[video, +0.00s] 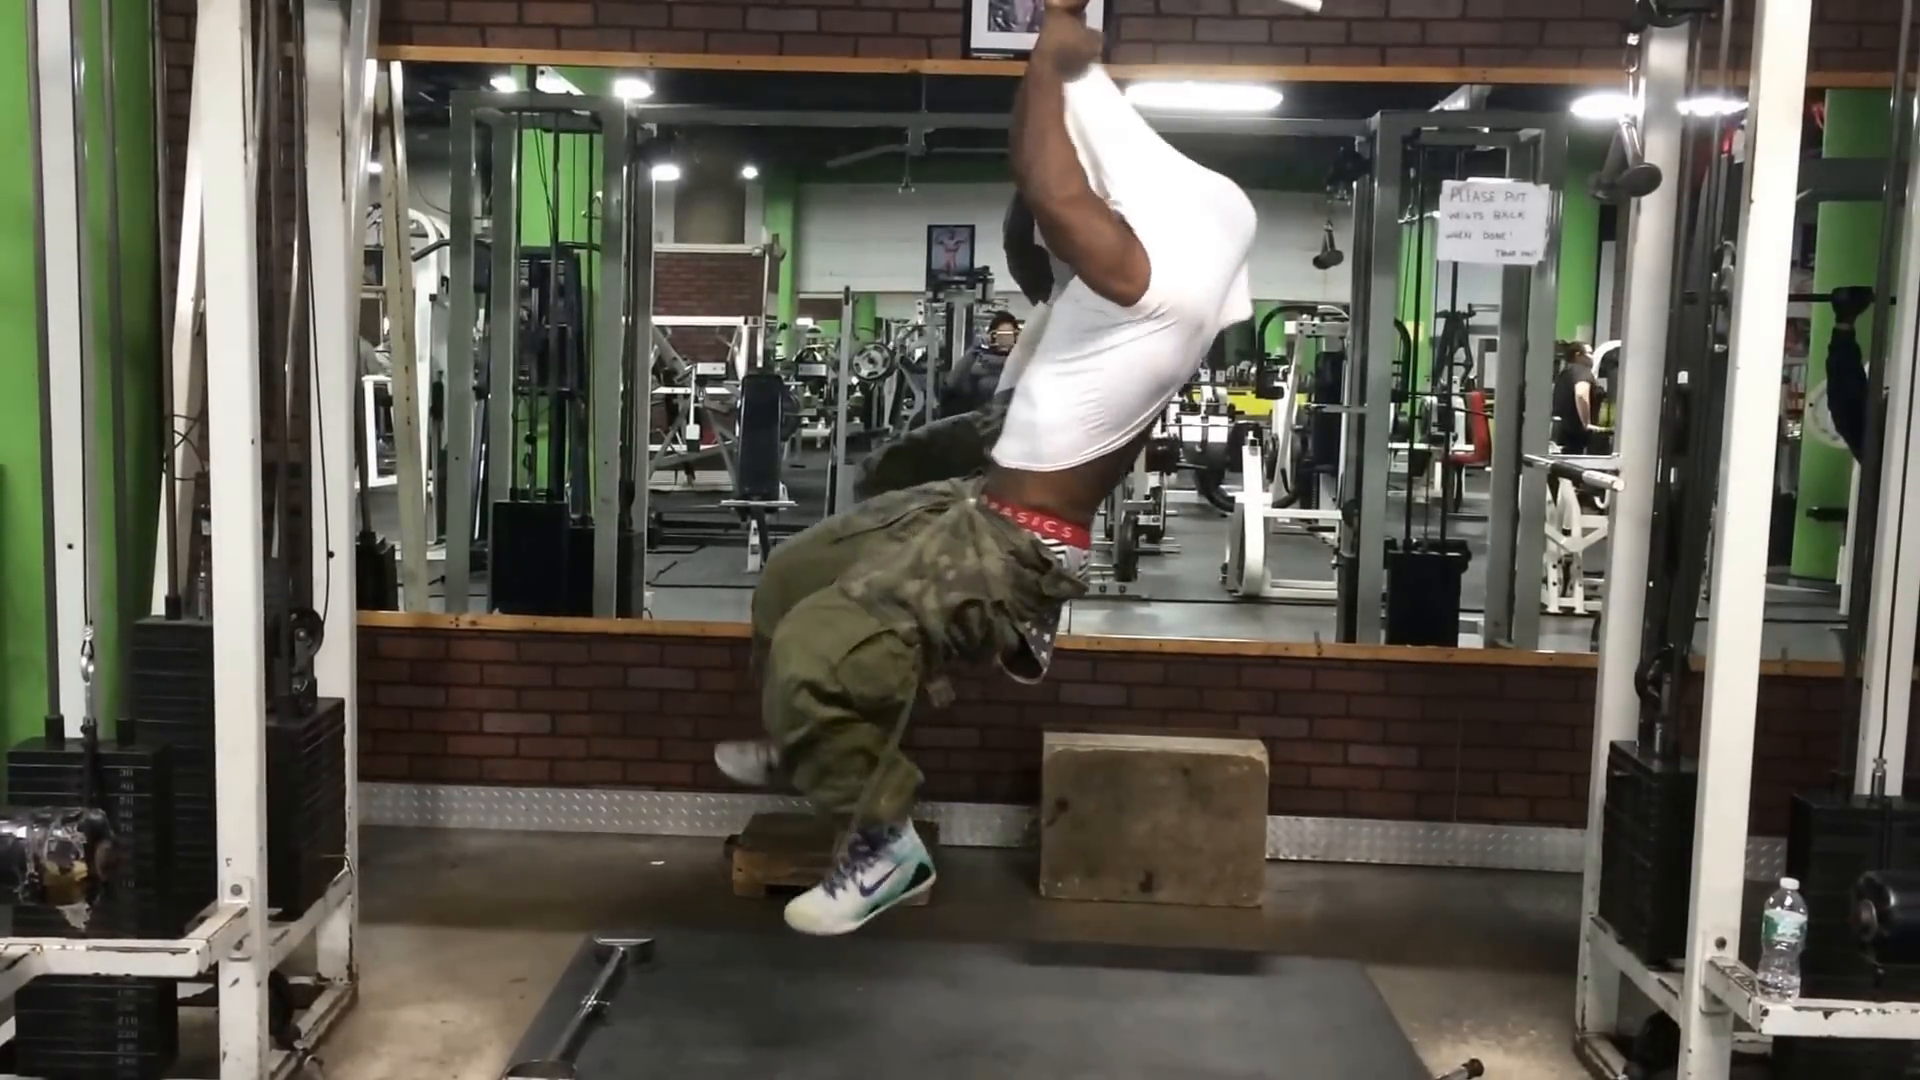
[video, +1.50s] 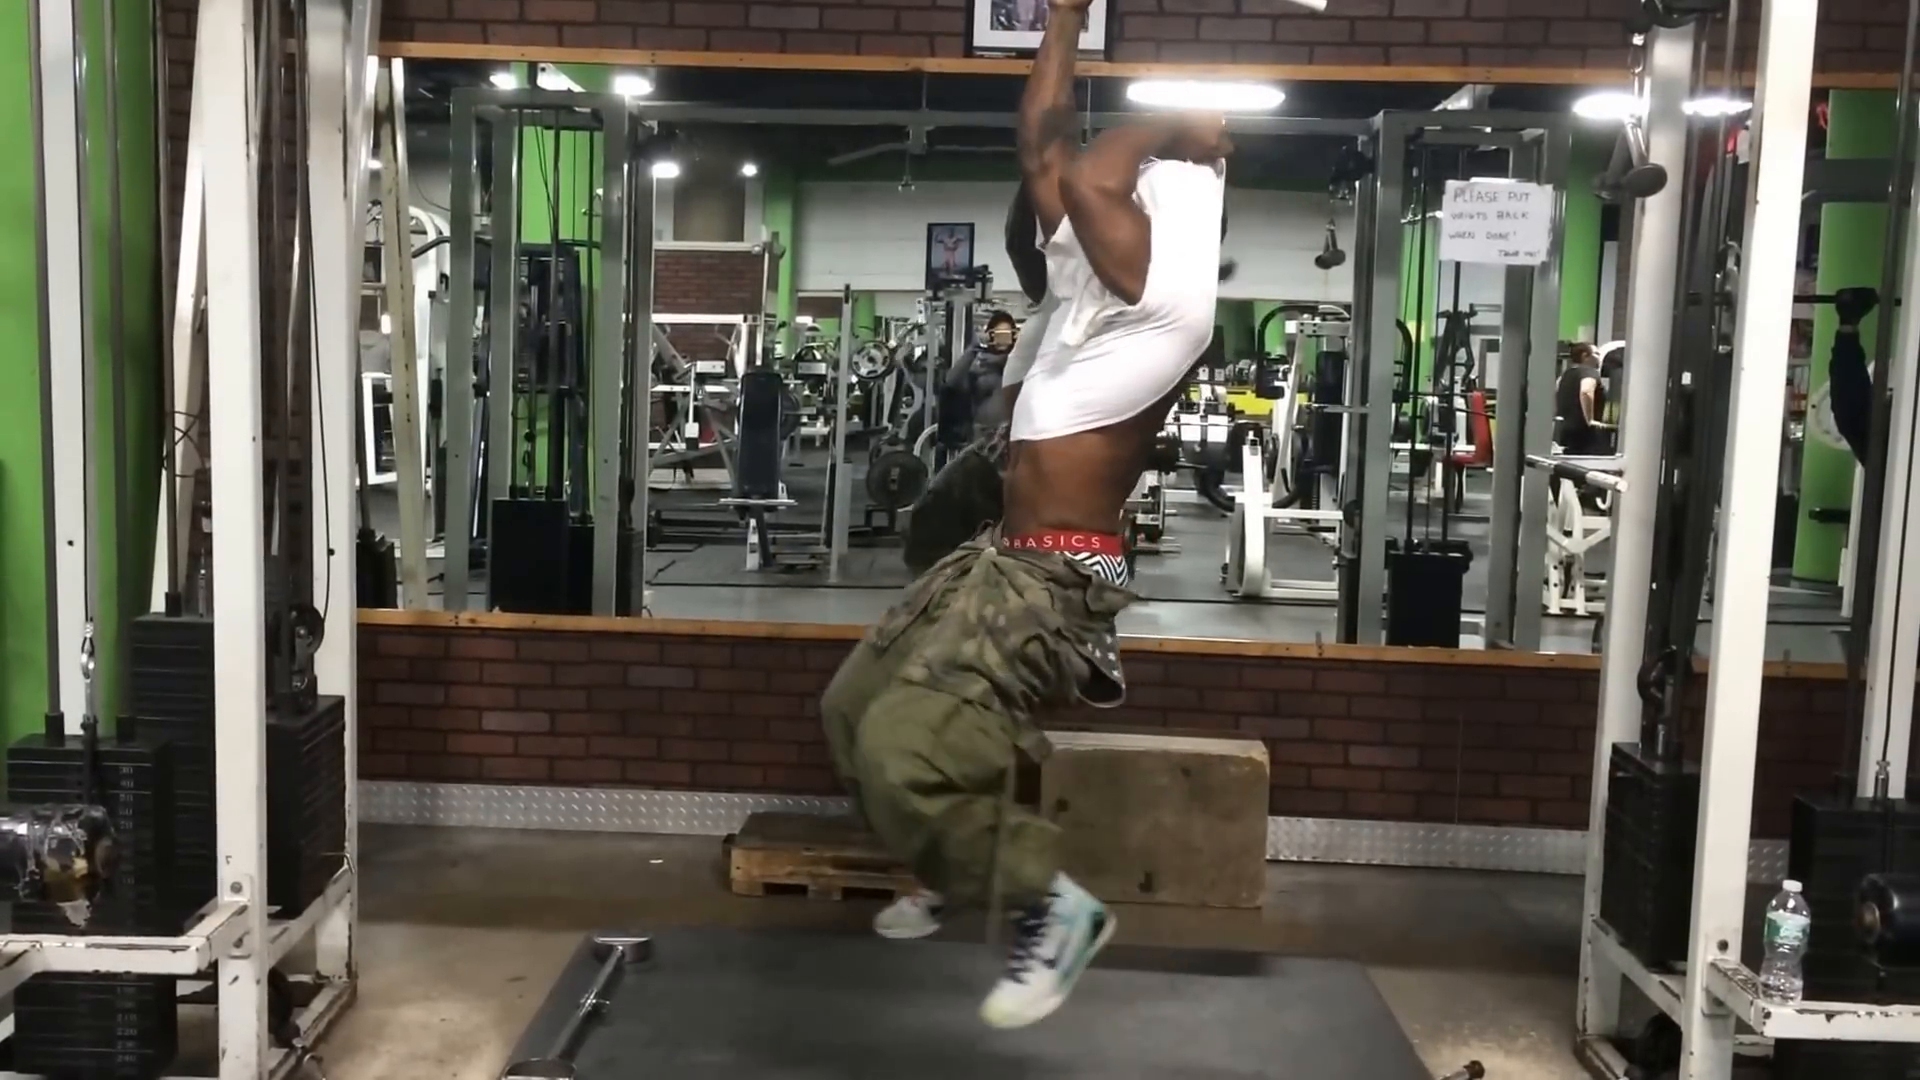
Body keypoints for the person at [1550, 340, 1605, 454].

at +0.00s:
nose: (1593, 357)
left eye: (1592, 353)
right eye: (1590, 353)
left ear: (1577, 355)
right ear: (1578, 355)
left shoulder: (1564, 372)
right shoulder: (1582, 370)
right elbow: (1581, 395)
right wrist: (1587, 423)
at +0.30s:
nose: (1592, 358)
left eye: (1591, 354)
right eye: (1588, 354)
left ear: (1575, 356)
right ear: (1577, 356)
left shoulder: (1562, 375)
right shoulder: (1580, 375)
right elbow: (1580, 400)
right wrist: (1586, 428)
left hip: (1561, 434)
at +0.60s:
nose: (1595, 359)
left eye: (1594, 355)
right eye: (1592, 355)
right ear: (1581, 358)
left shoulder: (1562, 374)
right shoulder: (1588, 371)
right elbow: (1585, 384)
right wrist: (1591, 410)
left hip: (1565, 428)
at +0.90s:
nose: (1601, 360)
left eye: (1600, 356)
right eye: (1598, 356)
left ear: (1583, 358)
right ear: (1587, 358)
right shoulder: (1591, 371)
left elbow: (1557, 383)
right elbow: (1587, 387)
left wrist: (1560, 411)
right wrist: (1591, 414)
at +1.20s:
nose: (1601, 358)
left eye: (1599, 355)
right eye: (1597, 355)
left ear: (1585, 358)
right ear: (1586, 358)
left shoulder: (1569, 378)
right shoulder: (1586, 377)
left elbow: (1557, 407)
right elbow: (1584, 405)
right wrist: (1588, 433)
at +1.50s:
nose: (1600, 358)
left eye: (1598, 354)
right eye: (1596, 353)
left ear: (1584, 356)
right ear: (1585, 356)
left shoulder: (1566, 374)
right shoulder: (1590, 372)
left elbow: (1557, 391)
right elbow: (1586, 393)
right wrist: (1590, 420)